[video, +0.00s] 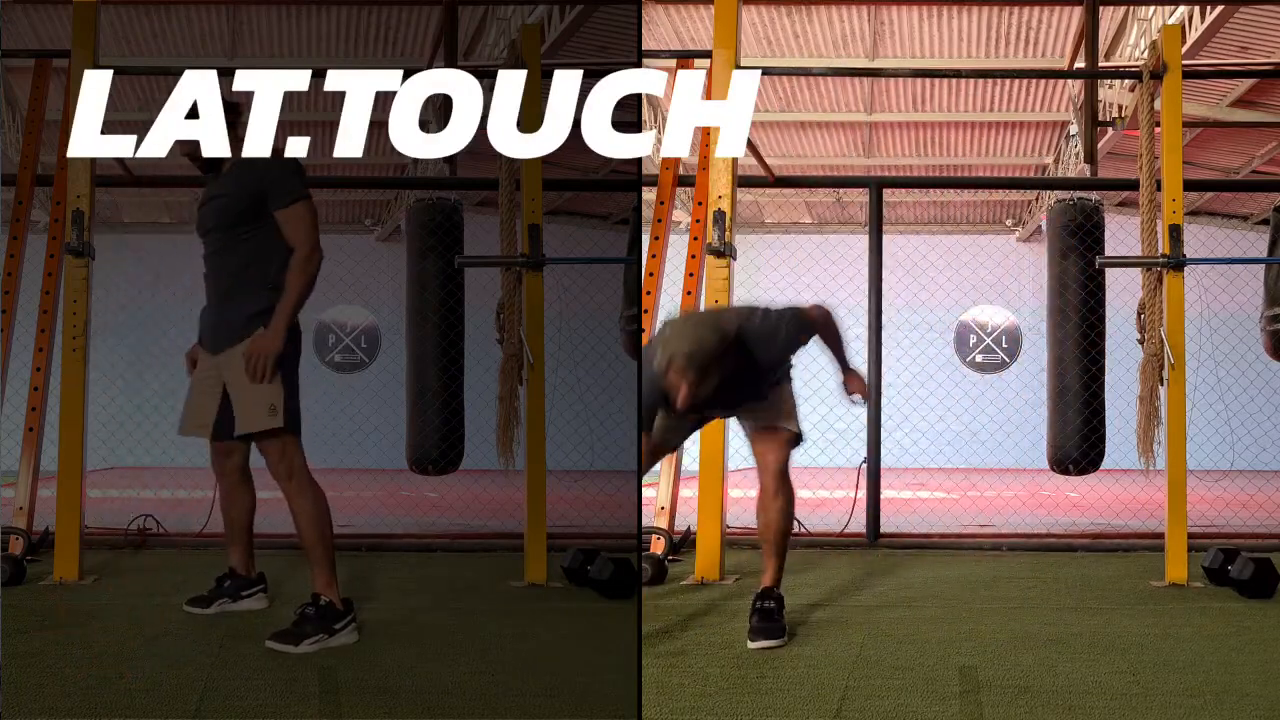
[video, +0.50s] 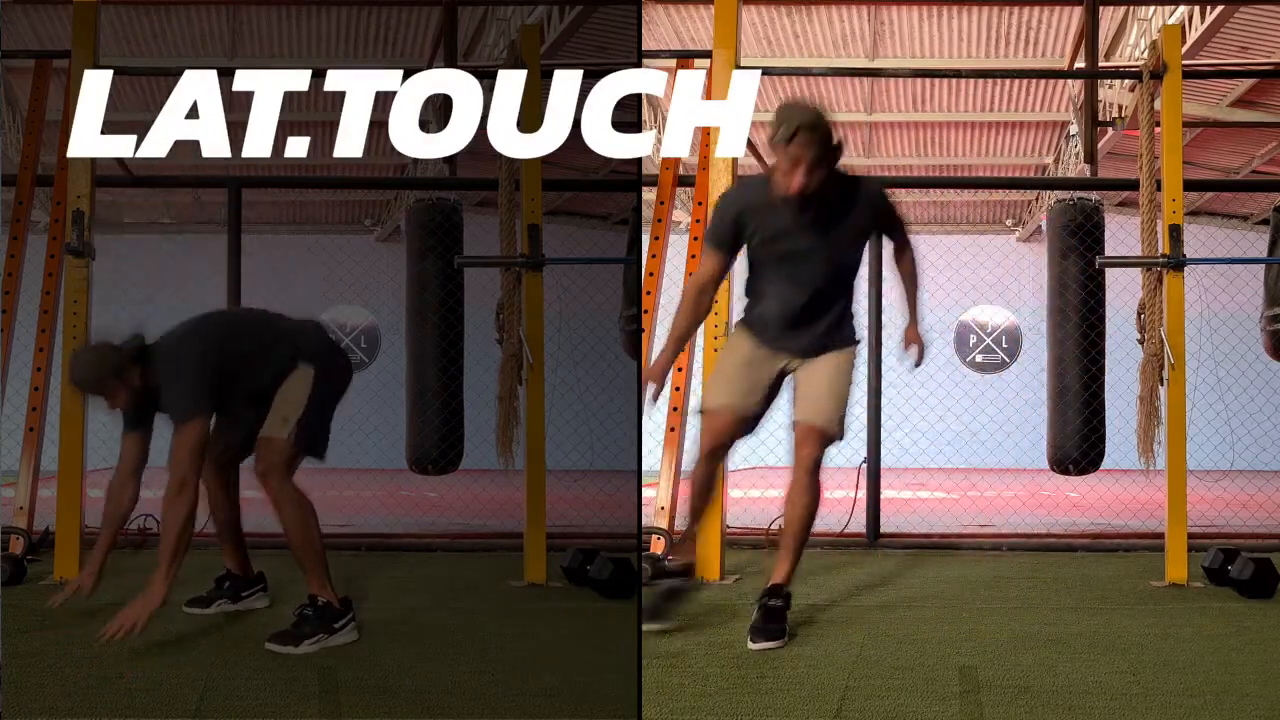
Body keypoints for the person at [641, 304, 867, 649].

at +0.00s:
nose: (681, 397)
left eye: (693, 384)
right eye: (675, 382)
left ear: (712, 368)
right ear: (666, 367)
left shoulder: (761, 335)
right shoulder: (653, 368)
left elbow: (821, 316)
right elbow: (639, 437)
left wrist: (846, 368)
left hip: (760, 382)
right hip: (694, 392)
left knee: (775, 473)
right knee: (640, 461)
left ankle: (769, 592)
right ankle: (609, 554)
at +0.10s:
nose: (674, 441)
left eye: (684, 429)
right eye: (665, 428)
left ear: (711, 406)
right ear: (651, 409)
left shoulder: (755, 365)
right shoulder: (639, 414)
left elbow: (809, 329)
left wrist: (822, 373)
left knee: (763, 471)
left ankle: (768, 593)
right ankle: (633, 560)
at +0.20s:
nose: (684, 423)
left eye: (696, 409)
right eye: (675, 409)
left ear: (715, 391)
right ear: (663, 391)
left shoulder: (761, 355)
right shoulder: (643, 393)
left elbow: (812, 327)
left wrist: (821, 373)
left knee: (763, 473)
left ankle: (768, 594)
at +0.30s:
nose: (714, 349)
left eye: (724, 338)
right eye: (706, 336)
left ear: (743, 320)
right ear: (694, 319)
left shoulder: (781, 312)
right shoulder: (665, 334)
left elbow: (833, 317)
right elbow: (642, 409)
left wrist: (844, 374)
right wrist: (657, 448)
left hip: (767, 376)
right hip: (694, 380)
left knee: (777, 467)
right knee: (645, 455)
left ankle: (770, 595)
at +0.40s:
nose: (755, 252)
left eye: (766, 240)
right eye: (747, 238)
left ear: (785, 232)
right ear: (733, 227)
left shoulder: (824, 256)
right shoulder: (708, 262)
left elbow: (871, 281)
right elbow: (665, 343)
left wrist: (875, 360)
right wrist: (638, 426)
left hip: (797, 370)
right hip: (725, 367)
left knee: (792, 473)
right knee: (664, 467)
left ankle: (769, 598)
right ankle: (601, 552)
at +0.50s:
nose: (800, 180)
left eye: (812, 168)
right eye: (790, 167)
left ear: (830, 159)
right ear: (771, 157)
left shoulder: (861, 200)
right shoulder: (744, 202)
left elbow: (901, 243)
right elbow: (703, 284)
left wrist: (912, 318)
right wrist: (666, 356)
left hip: (829, 343)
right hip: (759, 334)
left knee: (808, 453)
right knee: (713, 438)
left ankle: (777, 592)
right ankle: (683, 553)